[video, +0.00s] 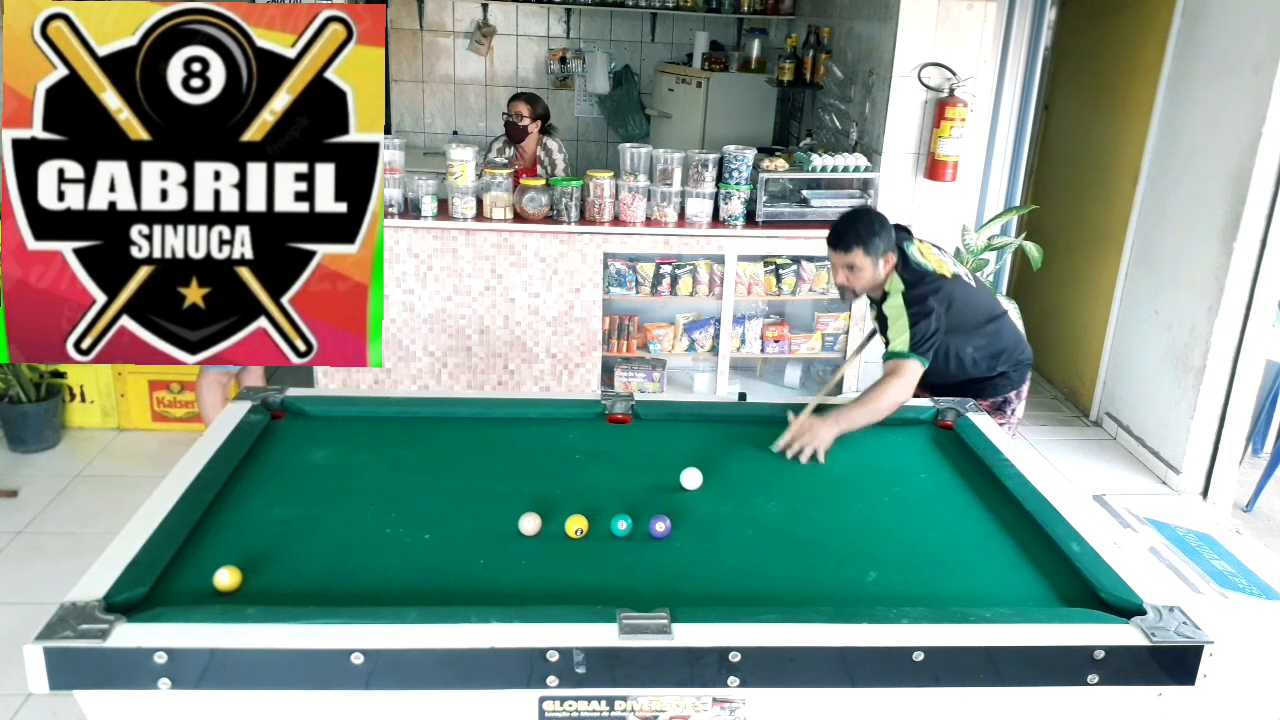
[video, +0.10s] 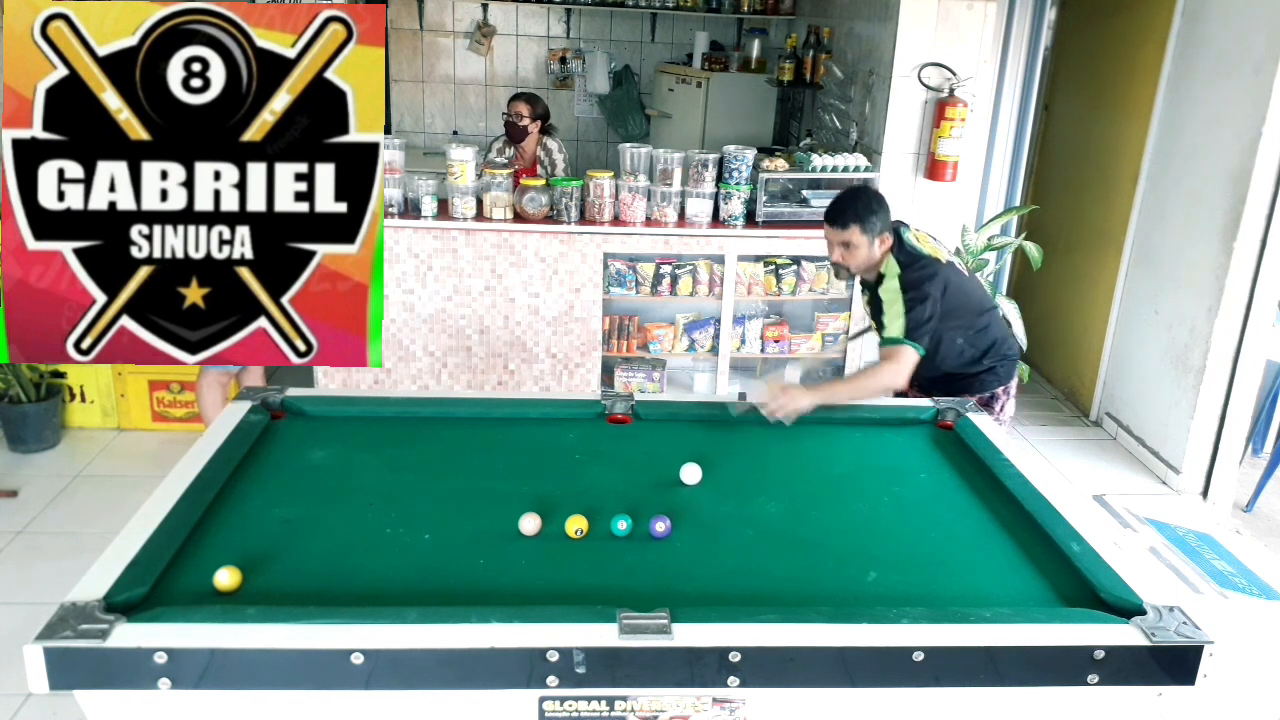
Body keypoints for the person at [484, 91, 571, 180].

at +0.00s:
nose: (509, 122)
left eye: (517, 117)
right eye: (508, 116)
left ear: (535, 126)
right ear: (505, 117)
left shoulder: (552, 147)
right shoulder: (499, 145)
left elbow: (564, 187)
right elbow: (484, 181)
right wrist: (506, 169)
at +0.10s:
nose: (509, 122)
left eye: (517, 117)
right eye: (508, 116)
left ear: (535, 126)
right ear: (505, 117)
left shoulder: (552, 147)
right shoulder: (499, 145)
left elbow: (564, 187)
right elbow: (484, 182)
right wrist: (506, 169)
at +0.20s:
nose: (509, 122)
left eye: (517, 117)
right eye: (508, 116)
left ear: (535, 126)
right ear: (505, 117)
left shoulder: (552, 147)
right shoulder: (498, 146)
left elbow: (564, 188)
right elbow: (484, 182)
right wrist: (506, 169)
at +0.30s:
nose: (509, 122)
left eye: (517, 117)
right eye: (508, 116)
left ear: (535, 126)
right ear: (505, 117)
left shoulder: (552, 147)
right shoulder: (498, 146)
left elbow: (564, 188)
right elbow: (484, 182)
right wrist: (506, 169)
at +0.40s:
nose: (509, 122)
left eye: (517, 117)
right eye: (508, 116)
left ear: (535, 126)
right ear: (505, 117)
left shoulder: (552, 147)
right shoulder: (498, 146)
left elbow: (564, 188)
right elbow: (484, 182)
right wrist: (506, 169)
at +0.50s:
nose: (509, 122)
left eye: (517, 117)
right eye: (508, 116)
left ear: (535, 126)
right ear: (505, 117)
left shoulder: (552, 148)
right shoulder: (499, 146)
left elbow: (564, 187)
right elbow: (485, 180)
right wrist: (506, 169)